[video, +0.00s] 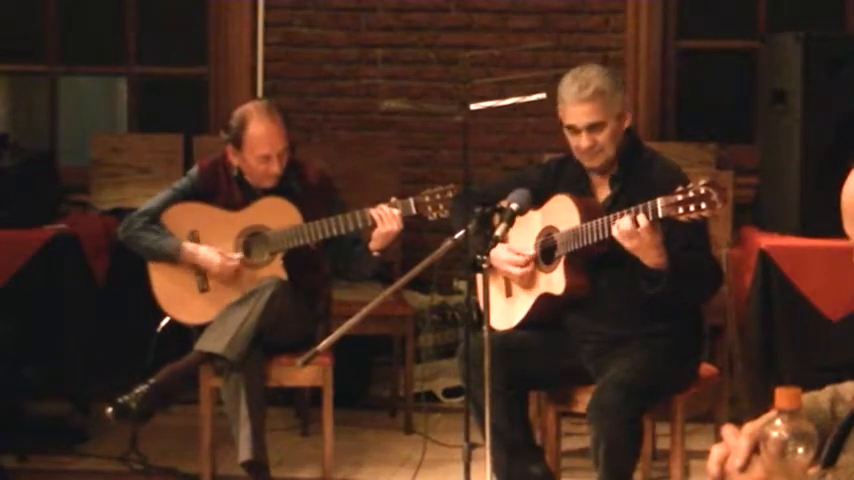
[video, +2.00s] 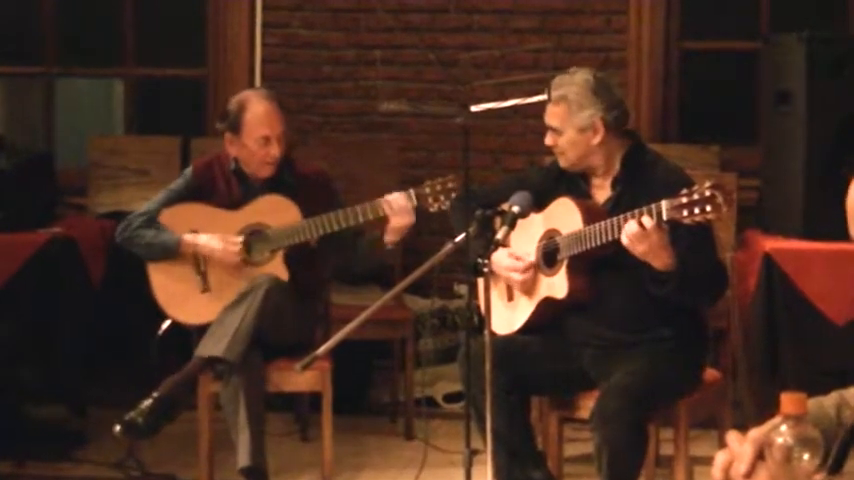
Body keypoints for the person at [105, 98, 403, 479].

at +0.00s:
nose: (276, 168)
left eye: (282, 156)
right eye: (264, 159)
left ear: (289, 145)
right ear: (234, 155)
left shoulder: (308, 184)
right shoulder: (210, 178)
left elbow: (344, 262)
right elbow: (133, 229)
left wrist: (375, 250)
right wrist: (197, 255)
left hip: (296, 315)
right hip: (229, 311)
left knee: (272, 291)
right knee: (244, 350)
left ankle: (167, 381)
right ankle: (255, 468)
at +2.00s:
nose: (275, 151)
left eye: (280, 139)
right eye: (263, 142)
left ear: (287, 136)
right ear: (232, 143)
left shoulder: (310, 185)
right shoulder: (206, 178)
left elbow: (345, 260)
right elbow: (131, 232)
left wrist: (389, 238)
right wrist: (197, 243)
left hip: (297, 319)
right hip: (225, 313)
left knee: (266, 289)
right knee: (244, 356)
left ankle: (169, 395)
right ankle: (252, 470)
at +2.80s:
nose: (260, 151)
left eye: (266, 137)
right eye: (246, 139)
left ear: (275, 131)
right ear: (208, 138)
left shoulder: (294, 190)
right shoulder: (178, 175)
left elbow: (314, 287)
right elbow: (85, 232)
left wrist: (343, 280)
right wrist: (170, 258)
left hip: (273, 342)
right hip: (190, 332)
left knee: (244, 310)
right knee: (211, 394)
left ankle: (118, 420)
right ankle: (213, 474)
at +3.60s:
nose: (196, 142)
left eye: (211, 126)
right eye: (181, 126)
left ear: (230, 125)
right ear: (158, 124)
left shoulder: (271, 188)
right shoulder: (135, 177)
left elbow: (294, 307)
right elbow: (35, 248)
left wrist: (318, 288)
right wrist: (128, 267)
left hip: (248, 363)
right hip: (153, 356)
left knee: (215, 328)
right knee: (181, 428)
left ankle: (90, 444)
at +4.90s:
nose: (142, 155)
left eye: (163, 145)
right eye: (136, 136)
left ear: (207, 147)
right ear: (129, 120)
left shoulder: (255, 192)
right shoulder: (105, 177)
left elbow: (315, 301)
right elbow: (5, 253)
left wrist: (379, 282)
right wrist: (86, 294)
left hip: (227, 385)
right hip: (113, 373)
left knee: (194, 345)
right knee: (149, 445)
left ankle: (70, 459)